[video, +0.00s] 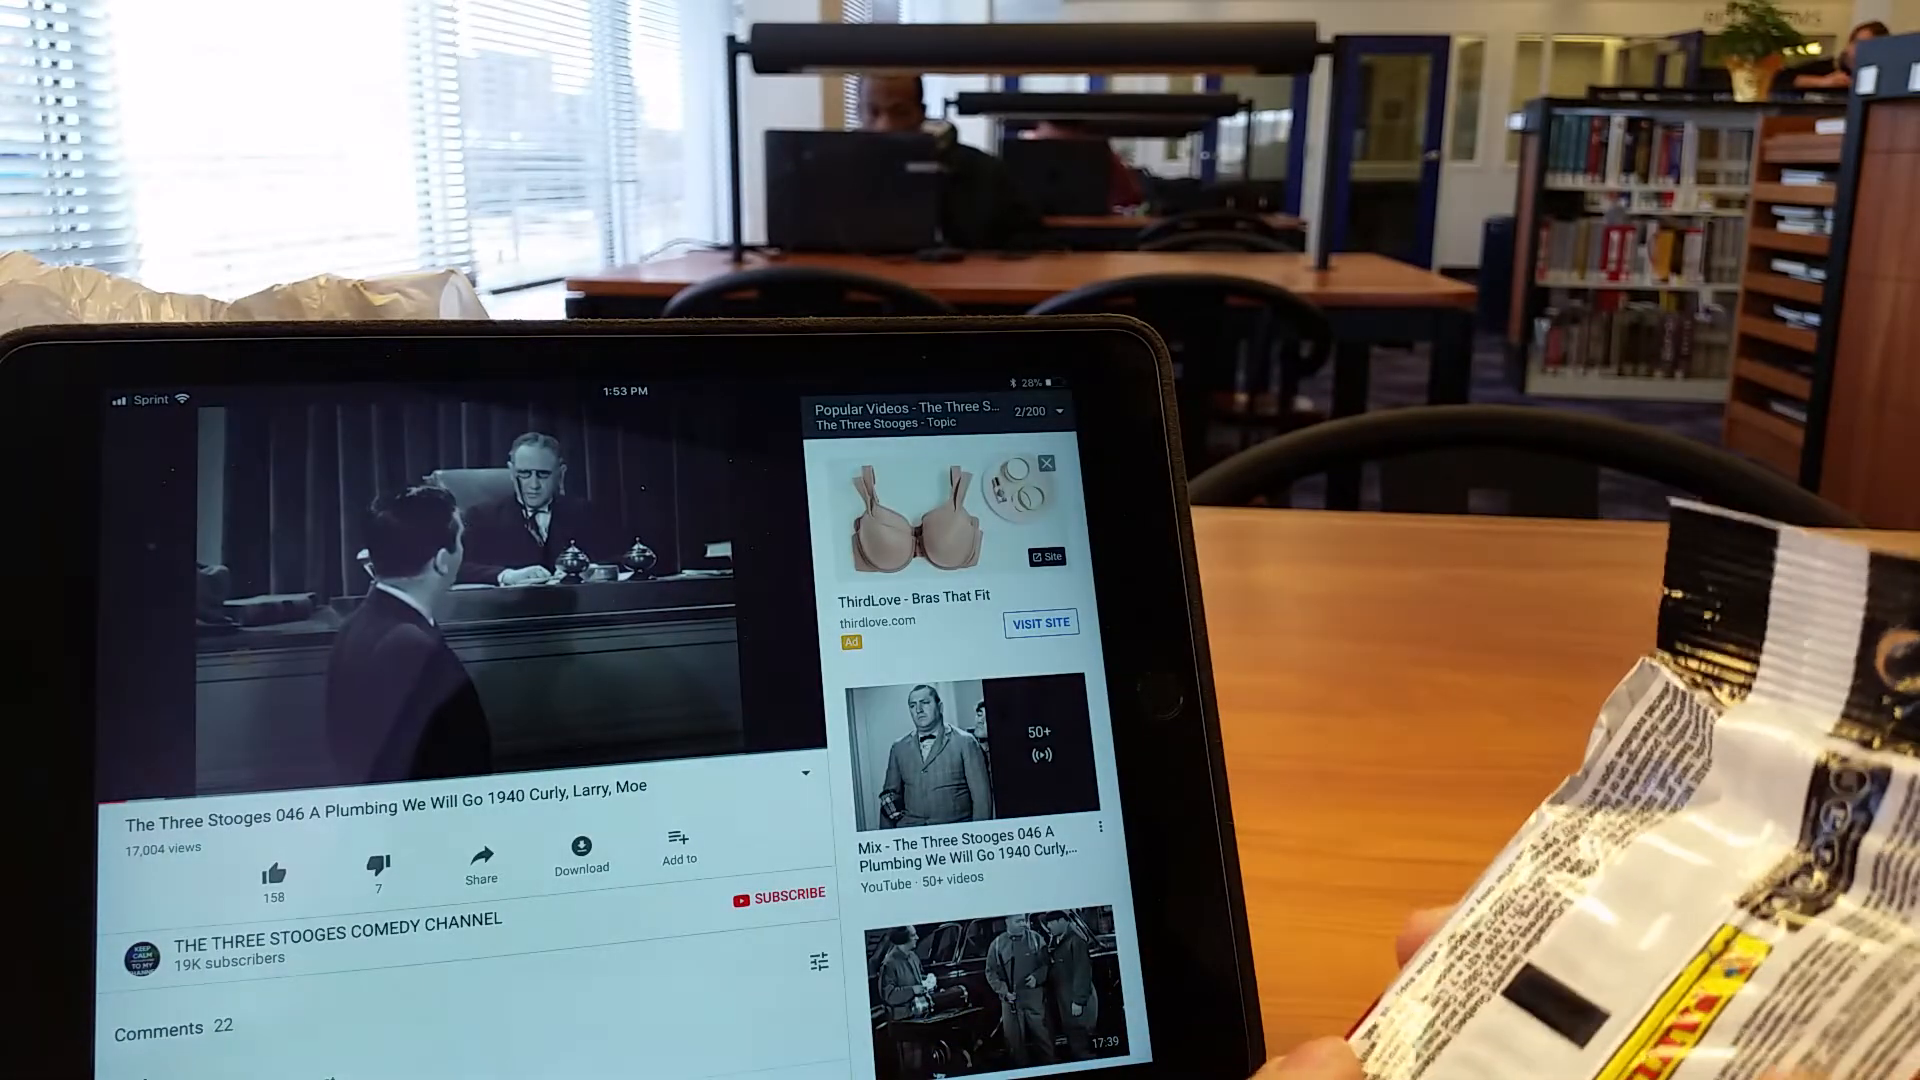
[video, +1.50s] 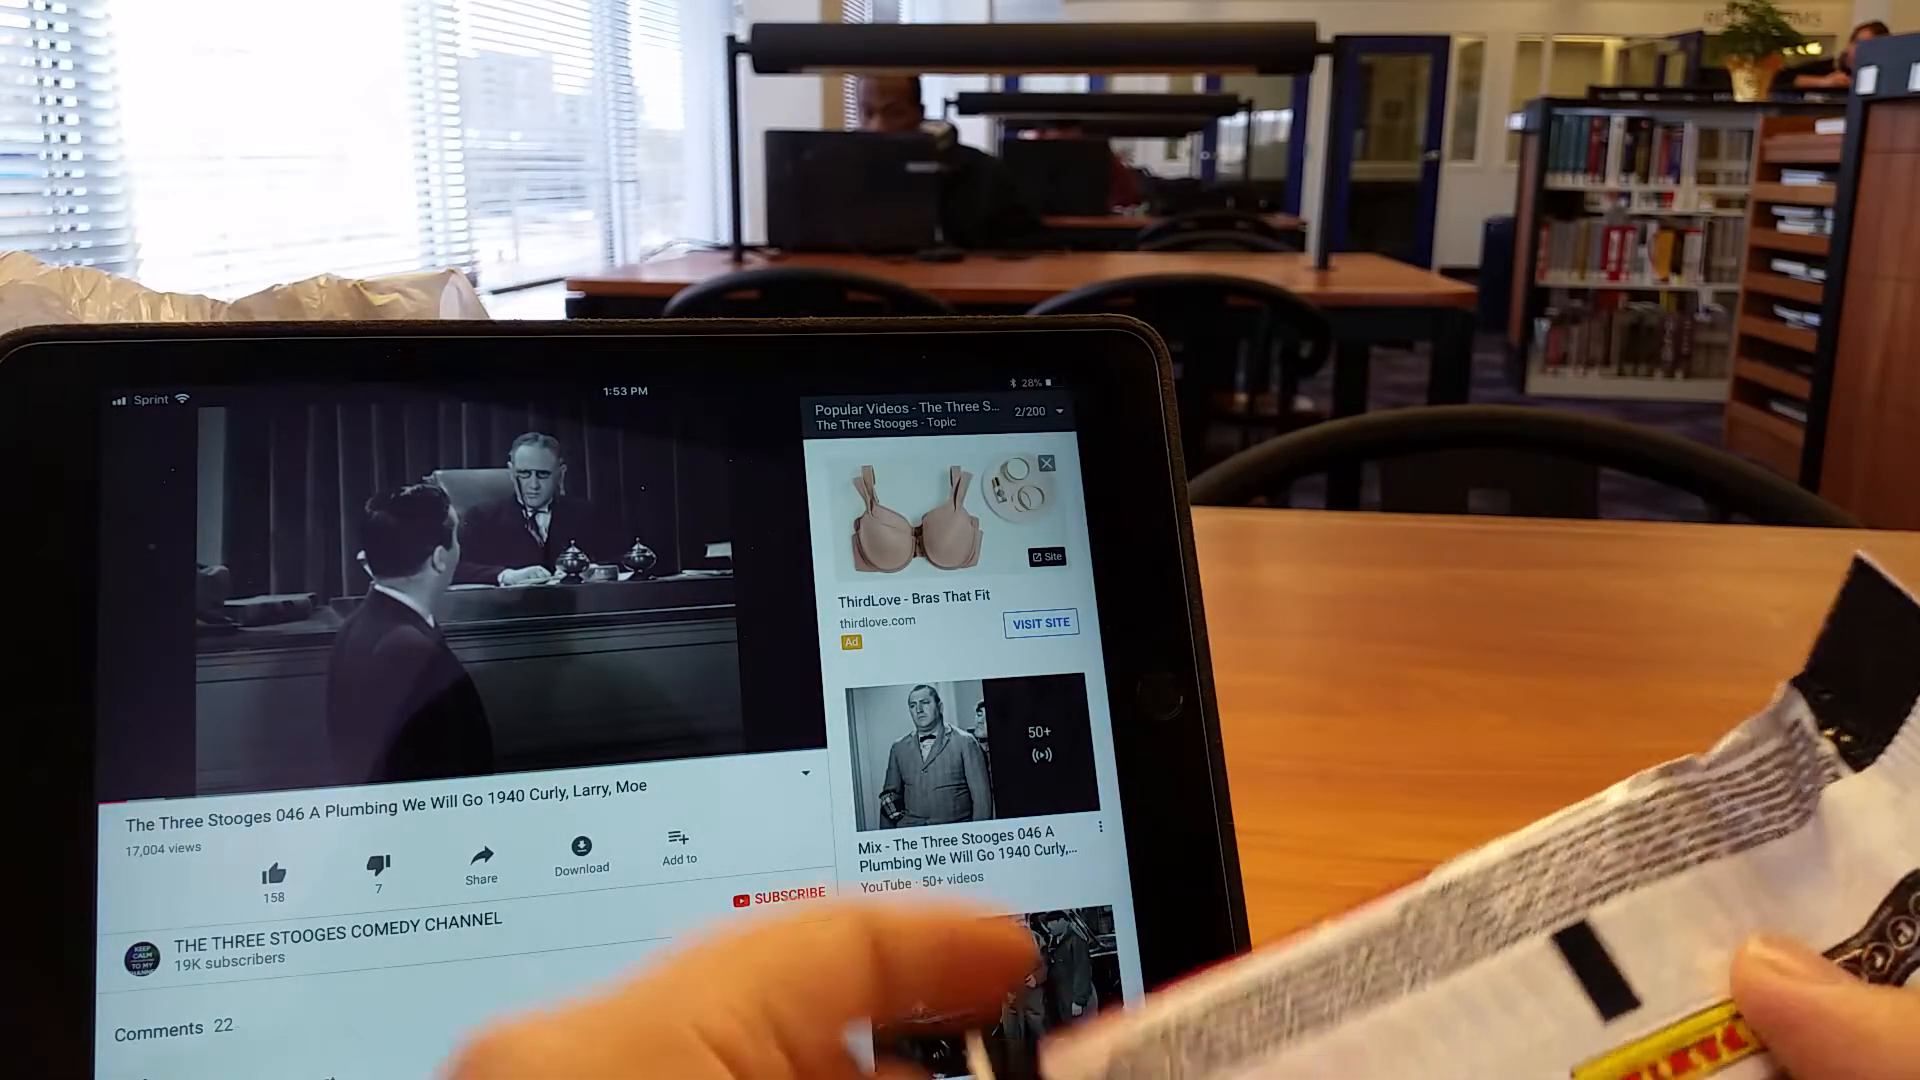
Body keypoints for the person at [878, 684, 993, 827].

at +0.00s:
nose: (919, 709)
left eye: (925, 703)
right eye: (913, 705)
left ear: (939, 707)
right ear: (909, 711)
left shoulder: (964, 742)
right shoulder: (899, 749)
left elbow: (981, 795)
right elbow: (891, 794)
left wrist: (979, 834)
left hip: (956, 831)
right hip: (910, 835)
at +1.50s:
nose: (919, 710)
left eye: (925, 703)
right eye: (913, 705)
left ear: (939, 707)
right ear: (909, 711)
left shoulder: (964, 742)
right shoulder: (899, 748)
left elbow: (981, 795)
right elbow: (890, 795)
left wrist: (979, 835)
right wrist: (886, 840)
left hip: (956, 831)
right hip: (910, 836)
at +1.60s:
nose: (919, 709)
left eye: (925, 702)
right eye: (913, 705)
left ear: (939, 706)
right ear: (909, 711)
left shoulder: (964, 742)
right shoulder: (899, 749)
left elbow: (981, 796)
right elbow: (892, 792)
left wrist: (979, 835)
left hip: (958, 833)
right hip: (916, 836)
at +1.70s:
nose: (919, 710)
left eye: (925, 703)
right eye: (913, 705)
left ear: (939, 707)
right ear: (910, 711)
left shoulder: (964, 742)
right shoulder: (899, 749)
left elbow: (981, 796)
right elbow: (893, 799)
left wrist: (977, 837)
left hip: (960, 833)